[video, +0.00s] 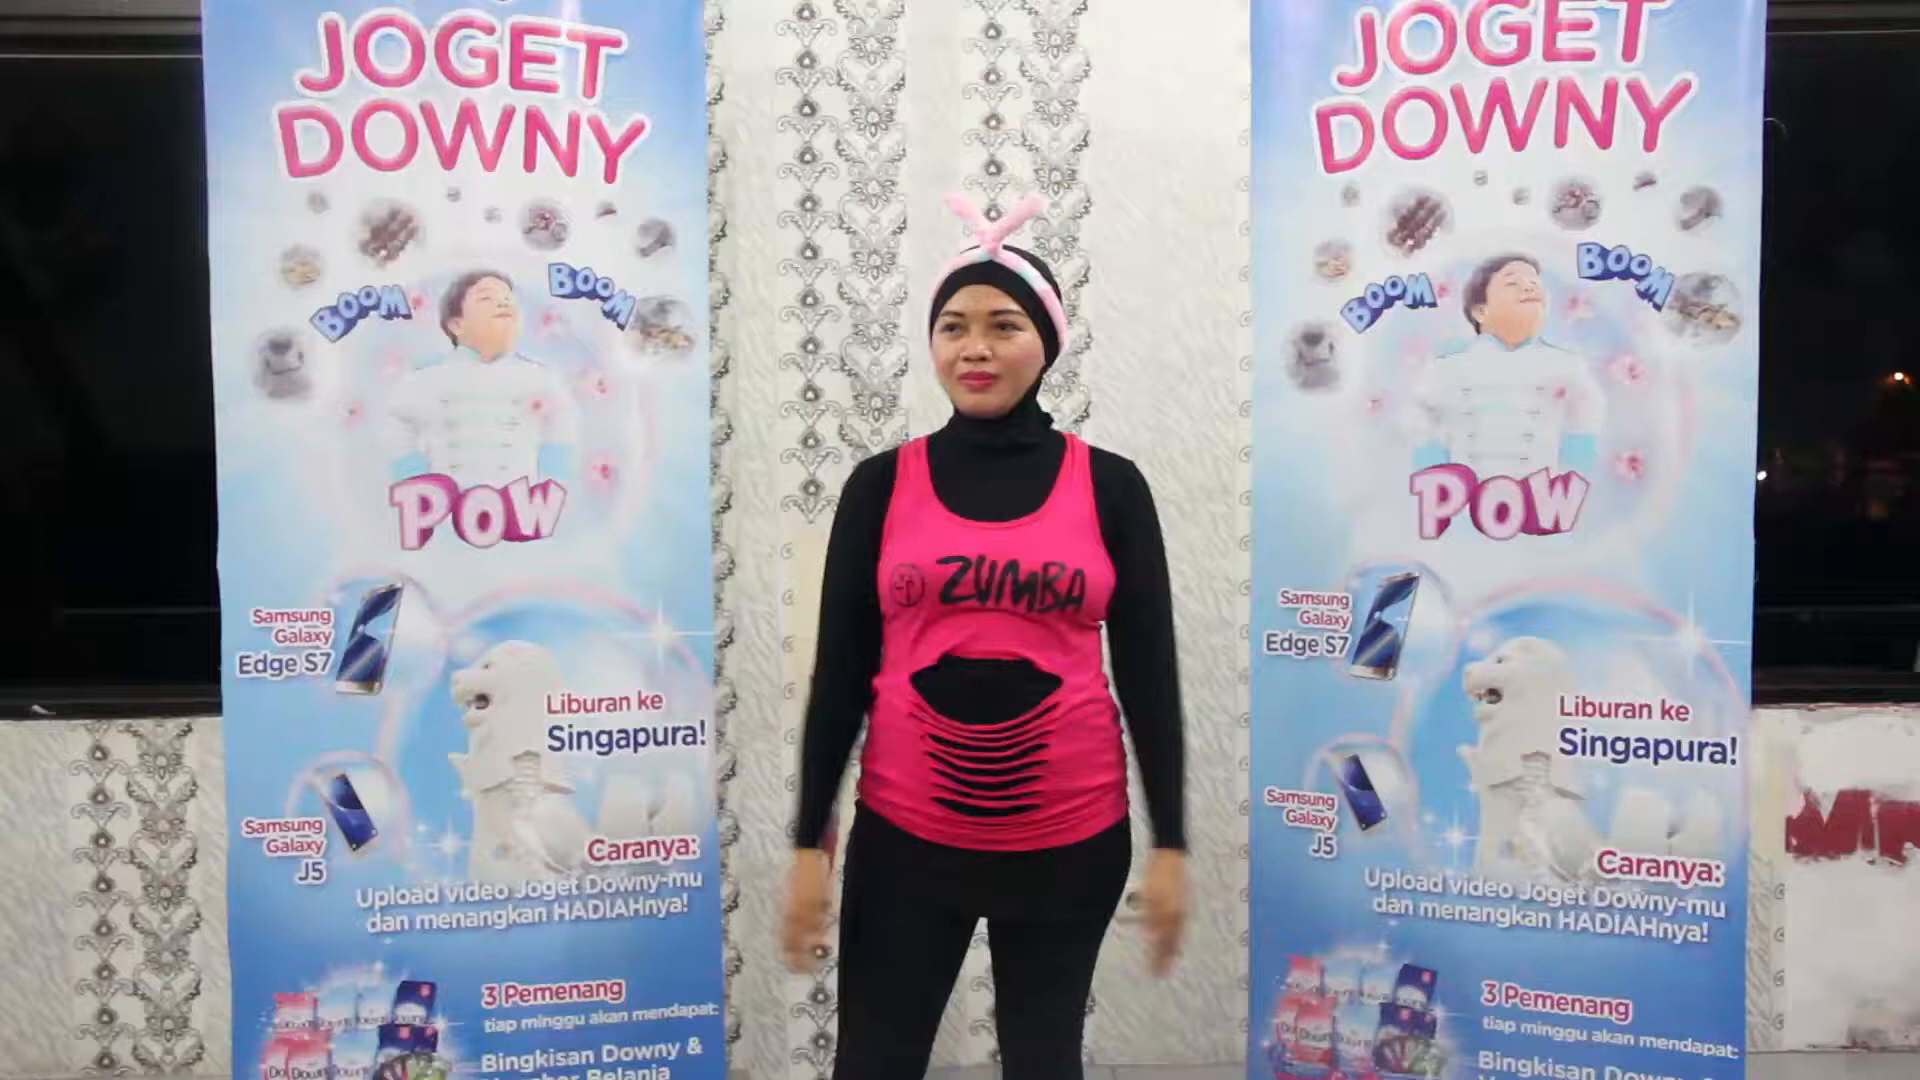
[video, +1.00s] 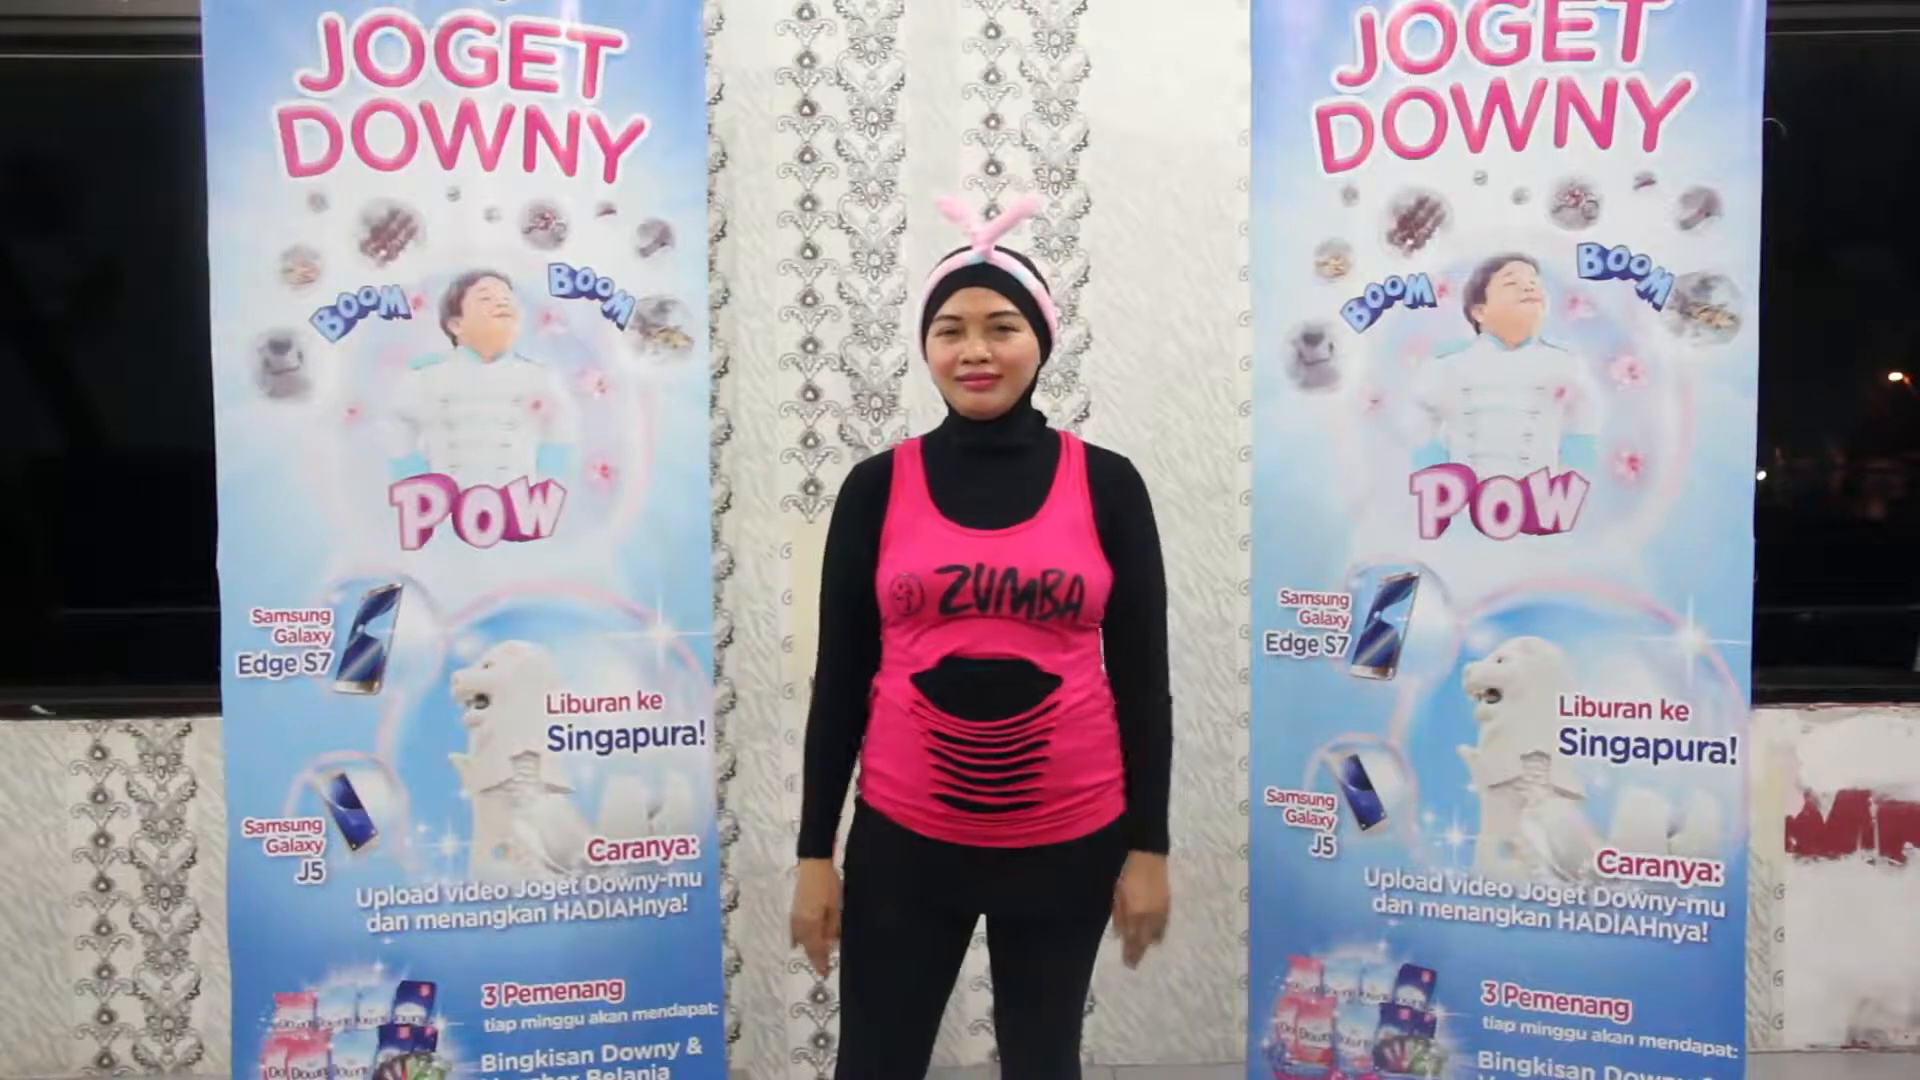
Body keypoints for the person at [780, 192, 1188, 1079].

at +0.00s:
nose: (976, 347)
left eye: (1005, 326)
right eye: (955, 326)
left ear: (1047, 348)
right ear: (933, 347)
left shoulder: (1109, 487)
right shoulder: (880, 487)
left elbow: (1147, 670)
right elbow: (843, 670)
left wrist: (1170, 842)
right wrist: (811, 841)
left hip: (1066, 836)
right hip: (908, 834)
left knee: (1044, 1062)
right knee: (873, 1063)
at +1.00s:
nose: (976, 349)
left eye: (1003, 327)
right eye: (952, 329)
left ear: (1042, 346)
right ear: (926, 351)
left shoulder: (1106, 485)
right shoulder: (876, 489)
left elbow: (1140, 671)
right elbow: (843, 676)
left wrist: (1148, 843)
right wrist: (816, 853)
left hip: (1064, 841)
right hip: (907, 838)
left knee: (1043, 1062)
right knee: (874, 1063)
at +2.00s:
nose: (993, 374)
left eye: (1017, 353)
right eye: (969, 351)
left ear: (1049, 366)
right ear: (935, 361)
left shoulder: (1079, 462)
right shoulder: (881, 463)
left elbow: (1175, 306)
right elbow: (786, 319)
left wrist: (1126, 142)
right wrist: (824, 156)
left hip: (1073, 840)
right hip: (917, 840)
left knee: (1054, 1061)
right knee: (872, 1064)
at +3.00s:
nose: (969, 350)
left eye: (995, 328)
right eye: (946, 330)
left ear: (1031, 343)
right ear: (918, 348)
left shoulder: (1076, 441)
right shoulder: (884, 452)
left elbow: (1145, 263)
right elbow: (814, 292)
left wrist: (1077, 105)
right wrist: (866, 132)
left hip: (1050, 836)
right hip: (894, 831)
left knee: (1031, 1066)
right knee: (849, 1065)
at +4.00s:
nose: (967, 365)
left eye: (993, 347)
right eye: (944, 344)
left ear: (1023, 371)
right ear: (912, 365)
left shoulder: (1054, 472)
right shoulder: (865, 468)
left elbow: (1130, 331)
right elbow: (801, 336)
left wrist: (1014, 216)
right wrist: (917, 214)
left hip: (1052, 839)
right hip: (895, 842)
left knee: (1048, 1060)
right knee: (824, 1064)